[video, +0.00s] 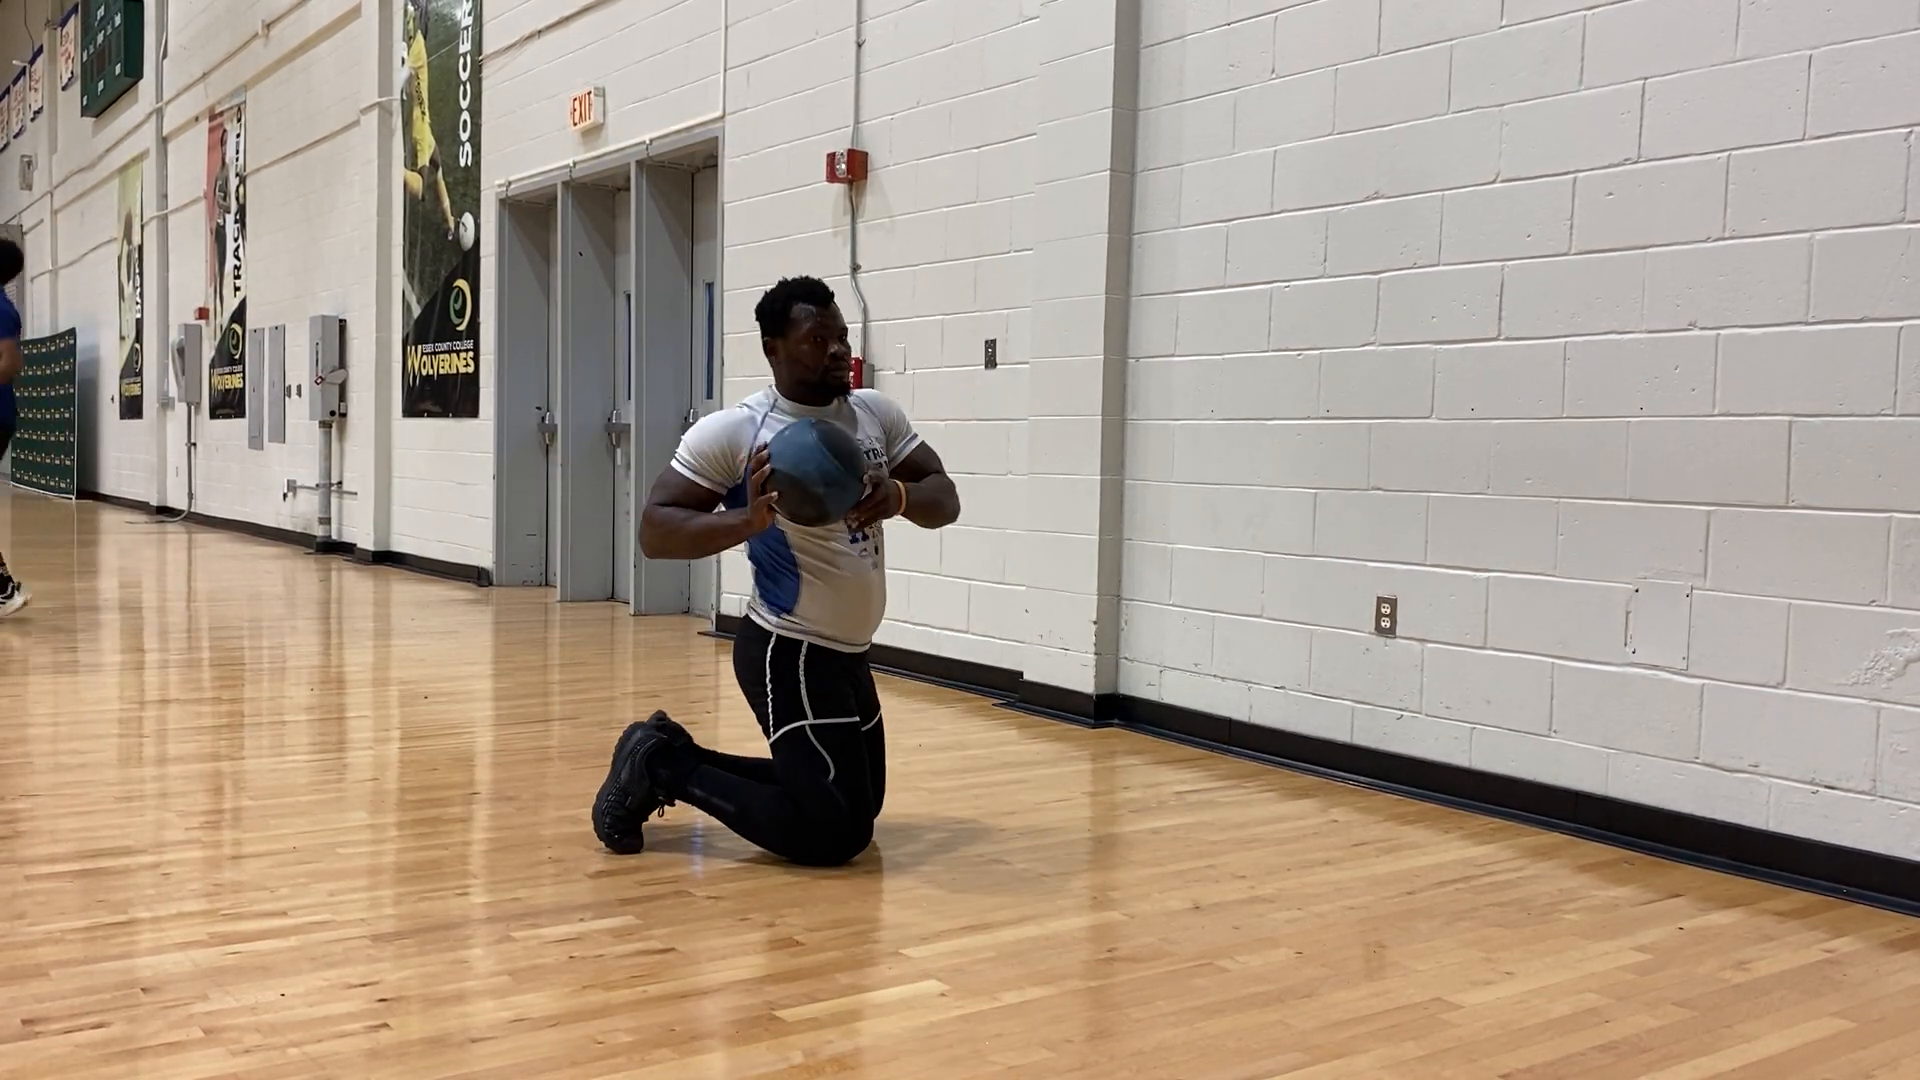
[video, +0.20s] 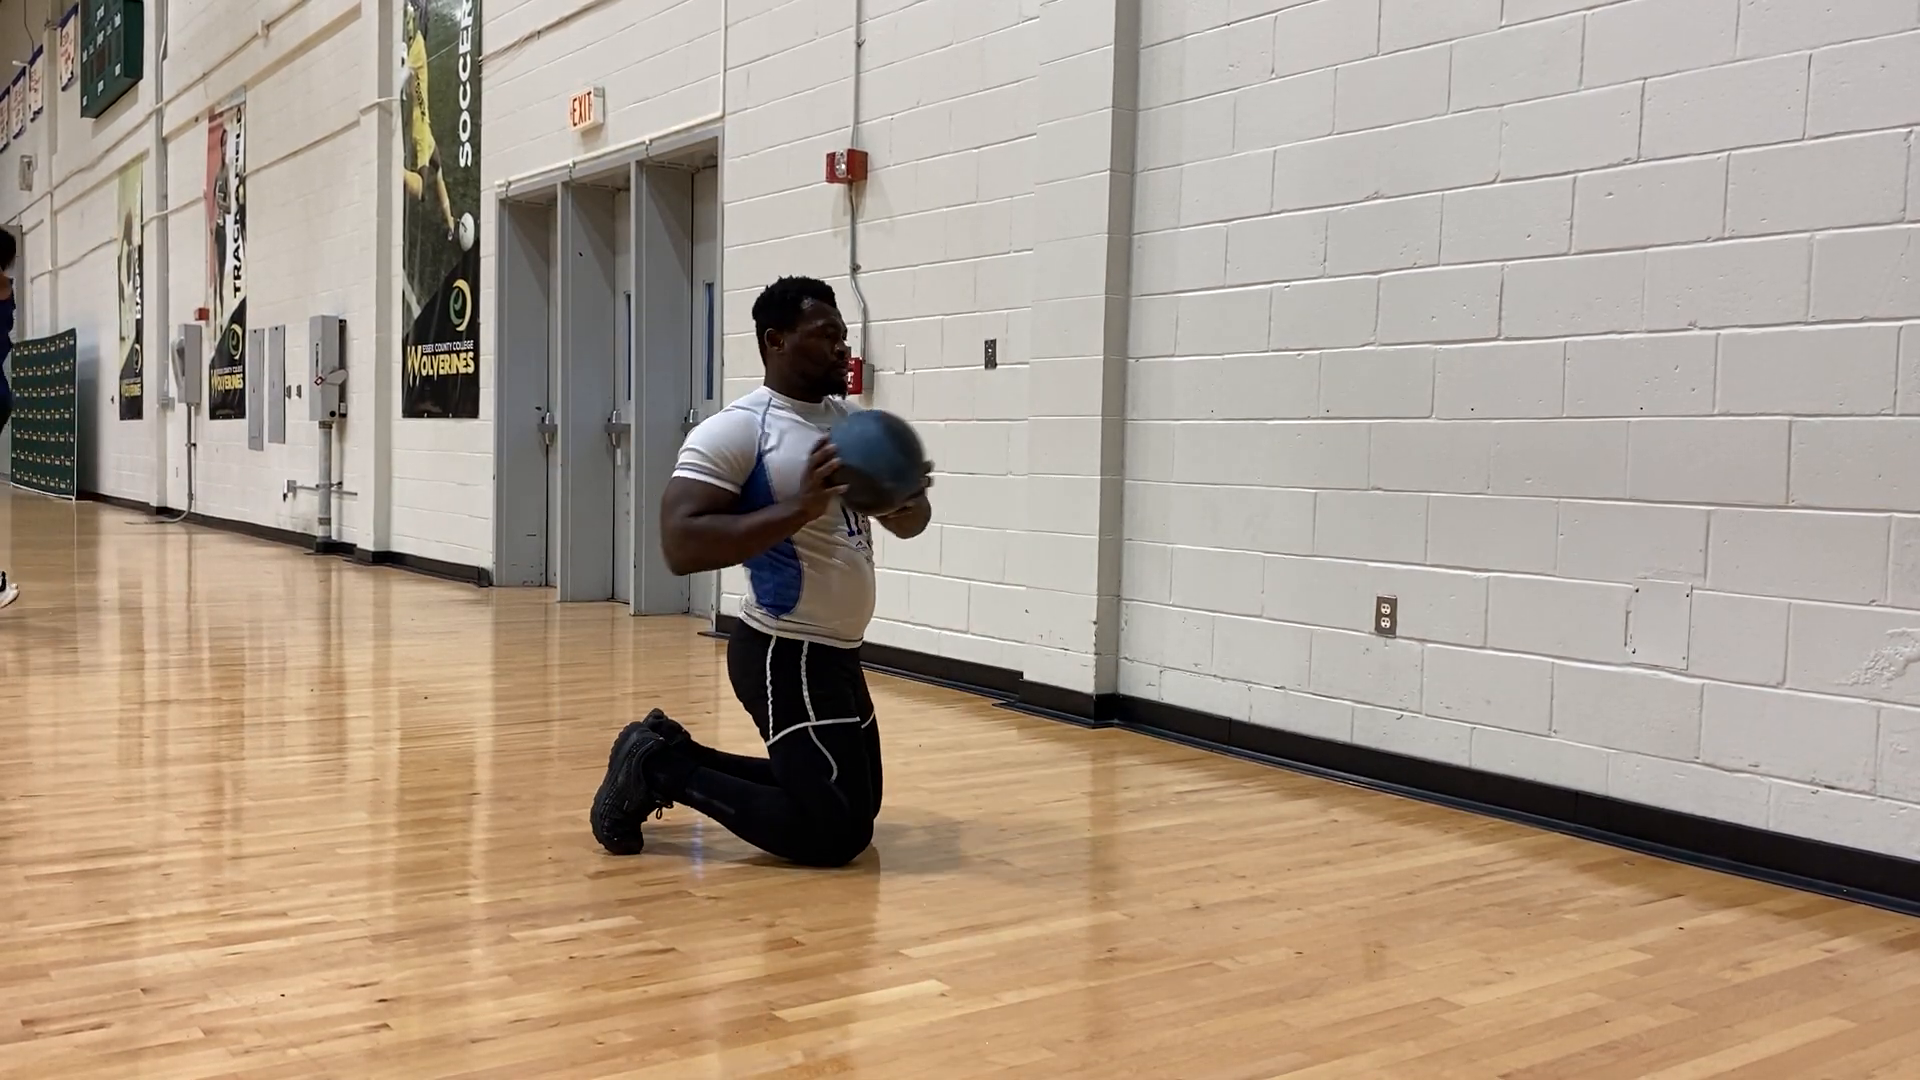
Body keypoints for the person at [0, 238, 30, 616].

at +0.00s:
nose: (14, 279)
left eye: (11, 267)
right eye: (14, 270)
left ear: (2, 269)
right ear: (12, 271)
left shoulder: (6, 310)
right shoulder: (6, 310)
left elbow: (11, 363)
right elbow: (11, 363)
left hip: (2, 418)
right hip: (3, 417)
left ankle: (3, 582)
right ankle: (2, 581)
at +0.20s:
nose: (11, 268)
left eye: (11, 263)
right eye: (11, 262)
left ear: (6, 260)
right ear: (8, 259)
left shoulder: (6, 289)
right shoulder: (5, 289)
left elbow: (6, 338)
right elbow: (5, 341)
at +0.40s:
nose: (6, 278)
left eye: (6, 272)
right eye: (6, 272)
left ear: (2, 275)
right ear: (3, 275)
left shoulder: (1, 316)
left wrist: (3, 420)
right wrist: (3, 420)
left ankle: (1, 591)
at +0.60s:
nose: (5, 254)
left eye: (4, 247)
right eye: (5, 248)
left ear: (2, 251)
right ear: (5, 252)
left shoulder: (4, 284)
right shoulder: (6, 286)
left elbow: (7, 314)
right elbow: (8, 315)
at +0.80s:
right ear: (5, 288)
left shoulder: (5, 333)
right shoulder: (6, 332)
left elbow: (8, 393)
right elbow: (9, 392)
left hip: (5, 441)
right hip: (6, 441)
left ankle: (11, 593)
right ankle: (10, 592)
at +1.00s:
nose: (14, 253)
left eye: (7, 244)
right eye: (15, 245)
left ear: (1, 250)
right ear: (14, 251)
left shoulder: (8, 285)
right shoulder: (12, 286)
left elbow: (5, 320)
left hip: (4, 394)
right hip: (4, 393)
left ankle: (4, 576)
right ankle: (3, 575)